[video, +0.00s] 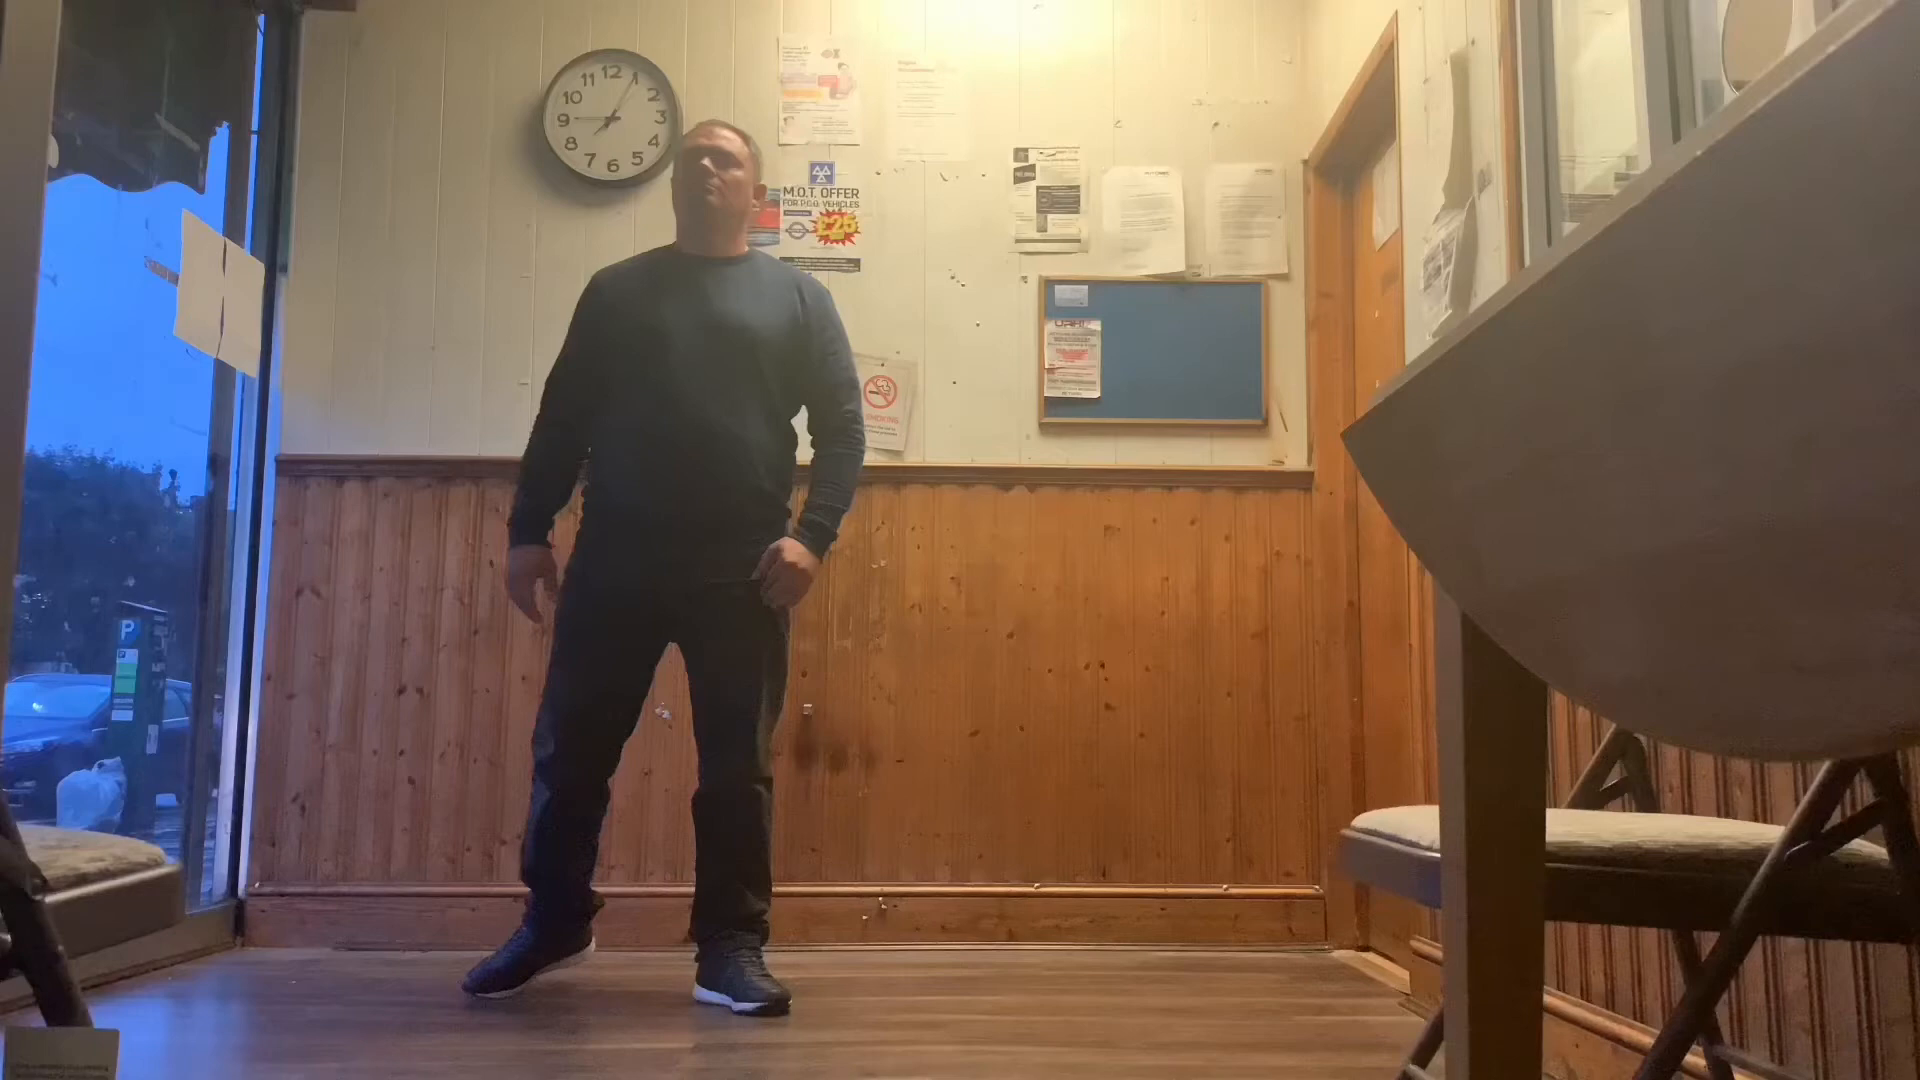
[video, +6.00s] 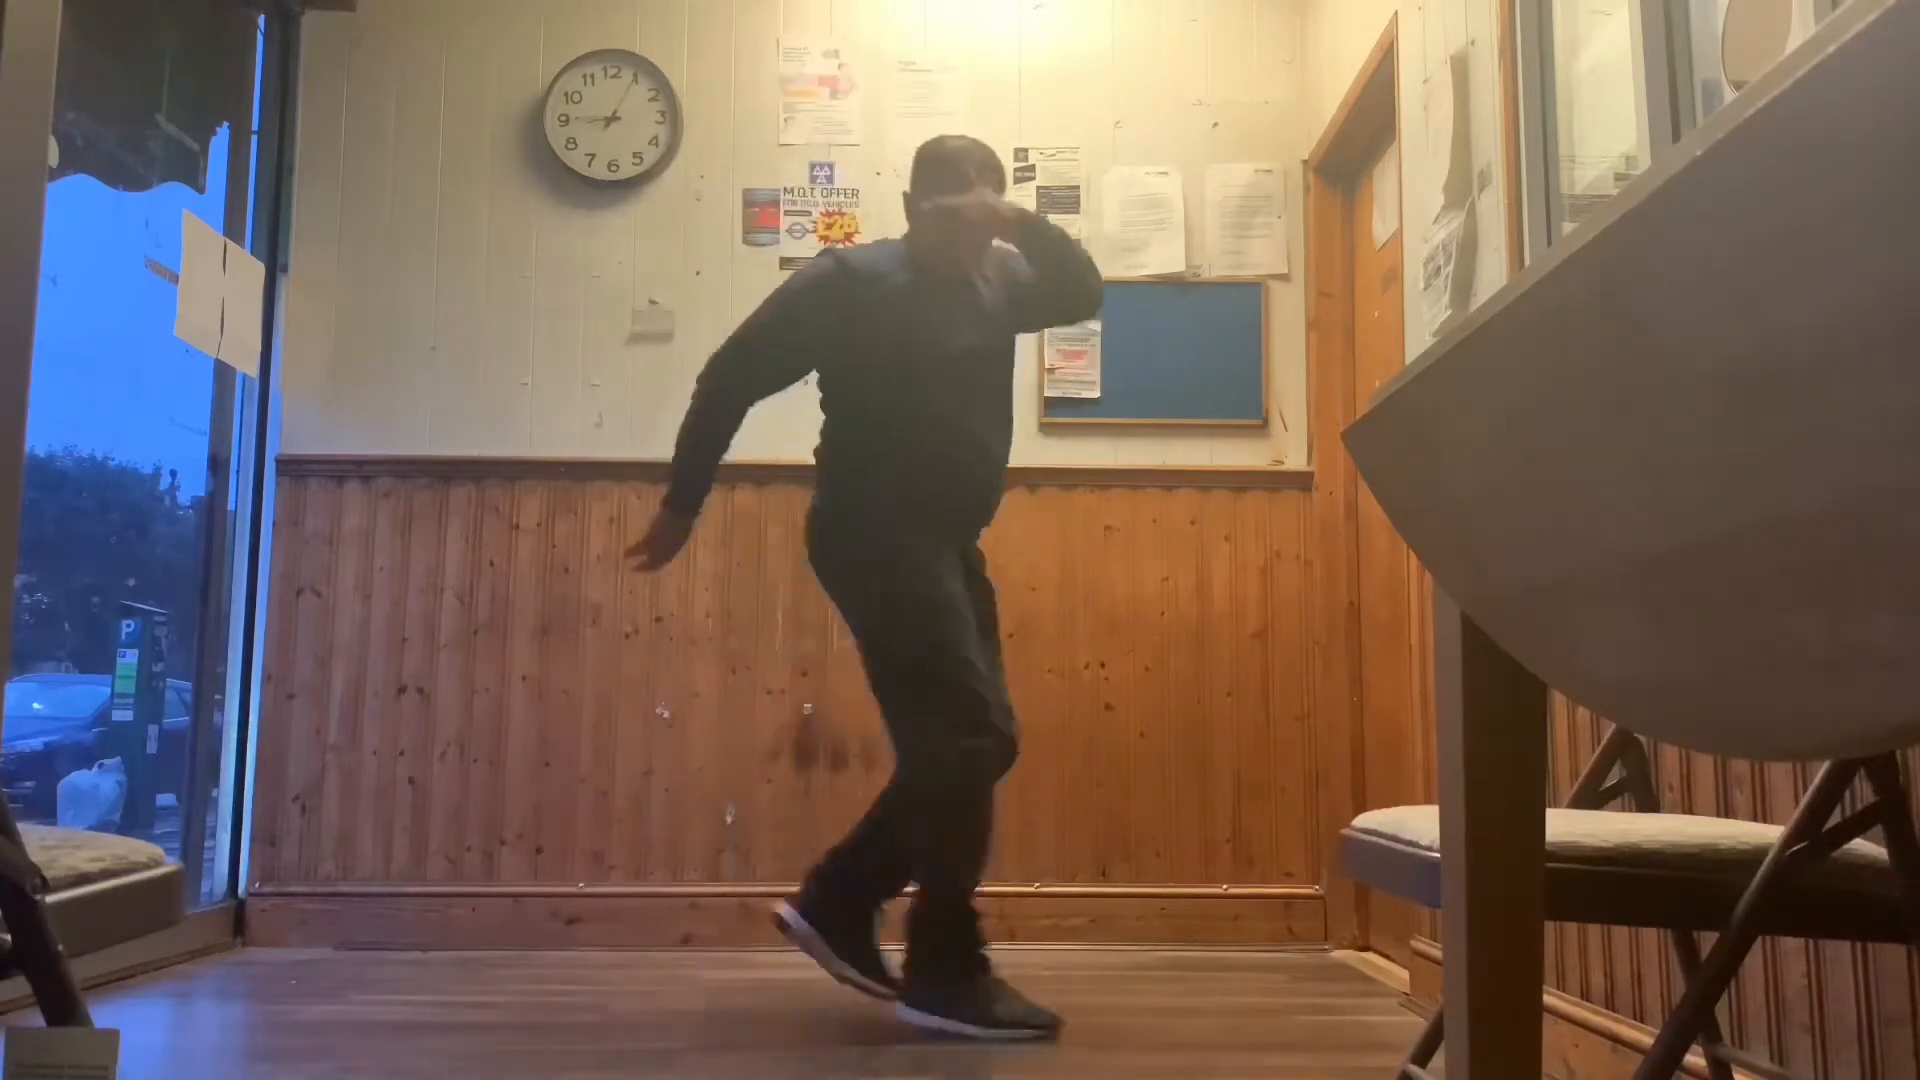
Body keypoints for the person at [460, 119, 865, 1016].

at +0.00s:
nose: (705, 166)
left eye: (724, 159)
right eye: (692, 158)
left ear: (758, 197)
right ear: (670, 188)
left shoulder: (798, 297)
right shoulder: (614, 291)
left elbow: (842, 430)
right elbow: (563, 416)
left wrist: (812, 537)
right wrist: (530, 529)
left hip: (738, 569)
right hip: (618, 563)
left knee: (736, 770)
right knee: (569, 751)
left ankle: (732, 950)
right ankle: (556, 922)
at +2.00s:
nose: (875, 186)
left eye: (885, 170)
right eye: (851, 170)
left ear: (903, 189)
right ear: (803, 193)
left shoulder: (948, 276)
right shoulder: (753, 288)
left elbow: (1052, 278)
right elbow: (607, 312)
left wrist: (1153, 278)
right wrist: (444, 303)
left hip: (962, 576)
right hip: (842, 586)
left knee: (1022, 803)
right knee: (931, 756)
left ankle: (910, 936)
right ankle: (966, 1021)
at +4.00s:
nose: (919, 246)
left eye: (929, 231)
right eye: (898, 229)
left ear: (942, 247)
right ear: (851, 243)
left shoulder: (982, 323)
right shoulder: (801, 337)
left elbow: (1081, 352)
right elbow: (677, 373)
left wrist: (1163, 387)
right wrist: (533, 395)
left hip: (1008, 597)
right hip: (903, 606)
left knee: (1074, 801)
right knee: (1015, 751)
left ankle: (949, 896)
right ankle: (1052, 983)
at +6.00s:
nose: (982, 226)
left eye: (990, 210)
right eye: (962, 208)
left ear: (998, 215)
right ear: (919, 207)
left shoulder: (998, 293)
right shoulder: (849, 284)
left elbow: (1080, 293)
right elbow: (730, 378)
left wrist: (1022, 222)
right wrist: (681, 504)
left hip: (949, 542)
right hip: (872, 538)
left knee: (977, 740)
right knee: (964, 737)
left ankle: (838, 899)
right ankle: (944, 973)